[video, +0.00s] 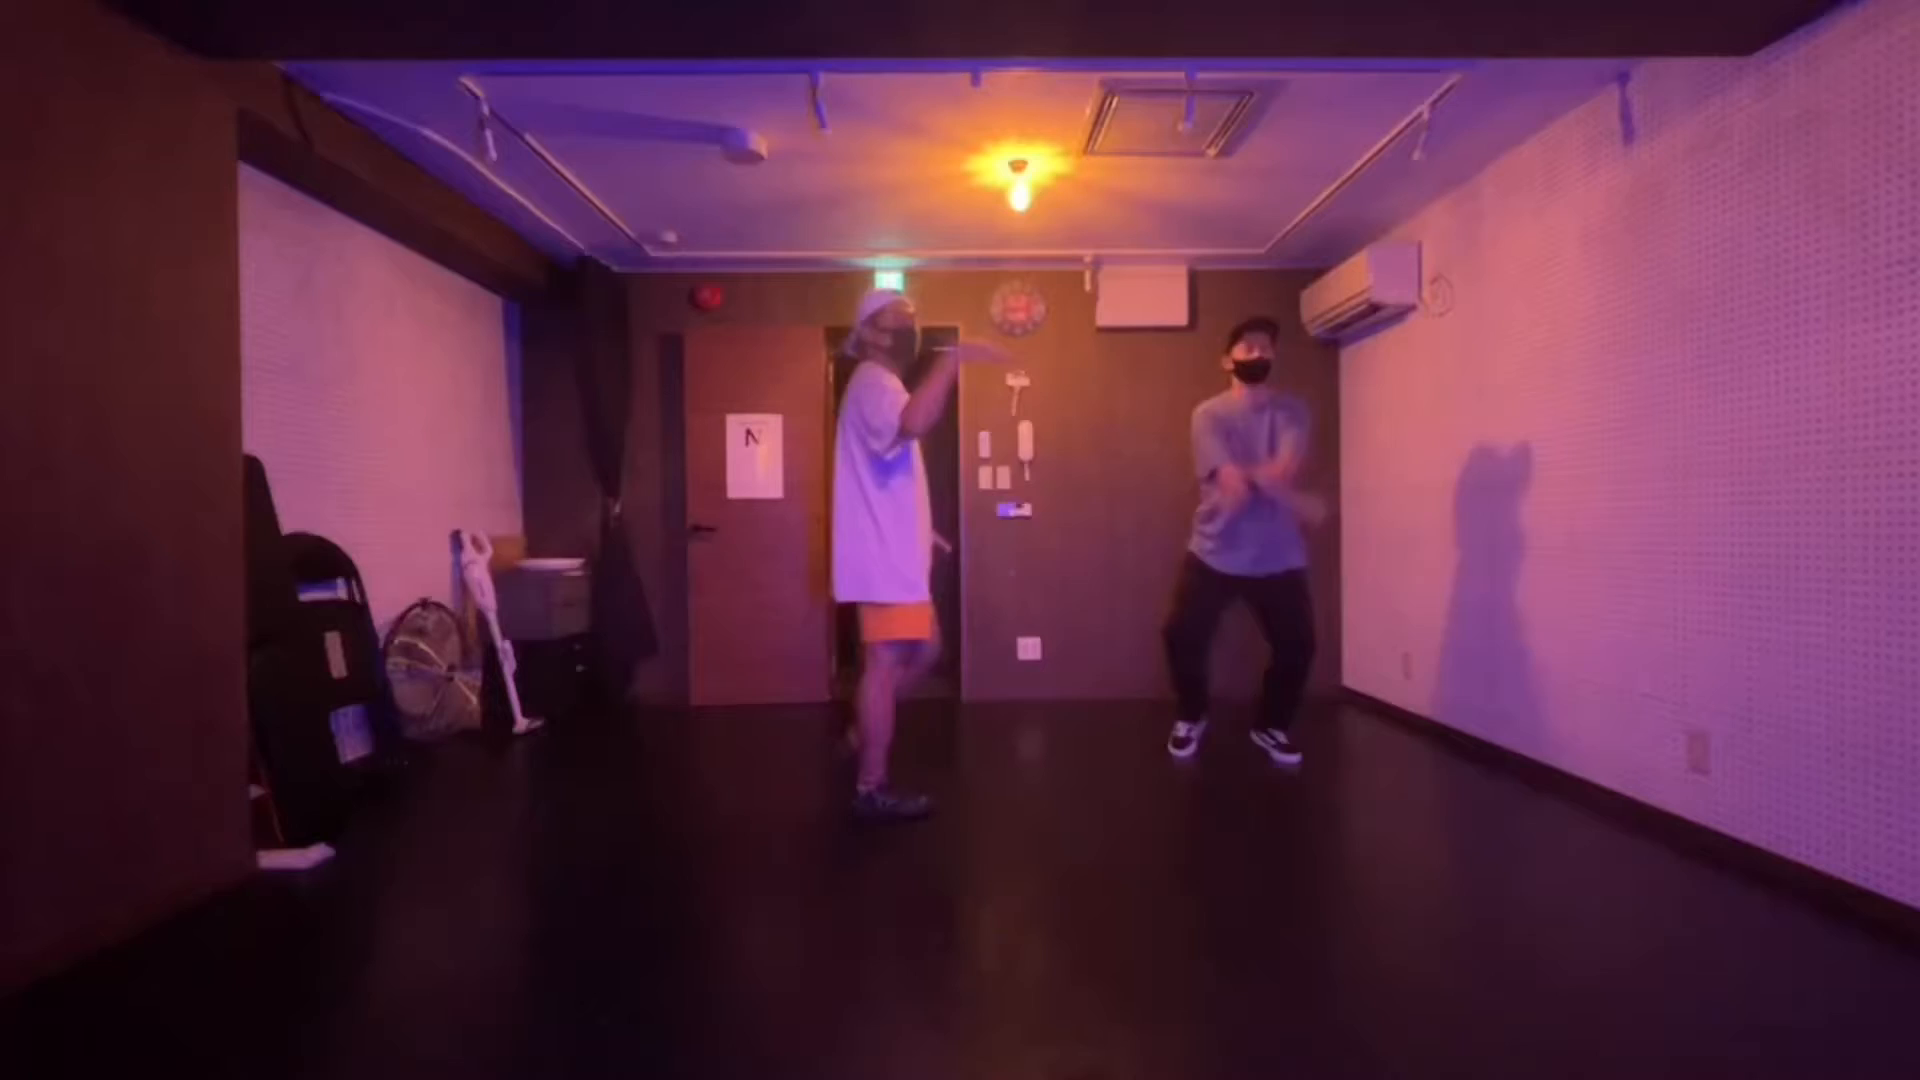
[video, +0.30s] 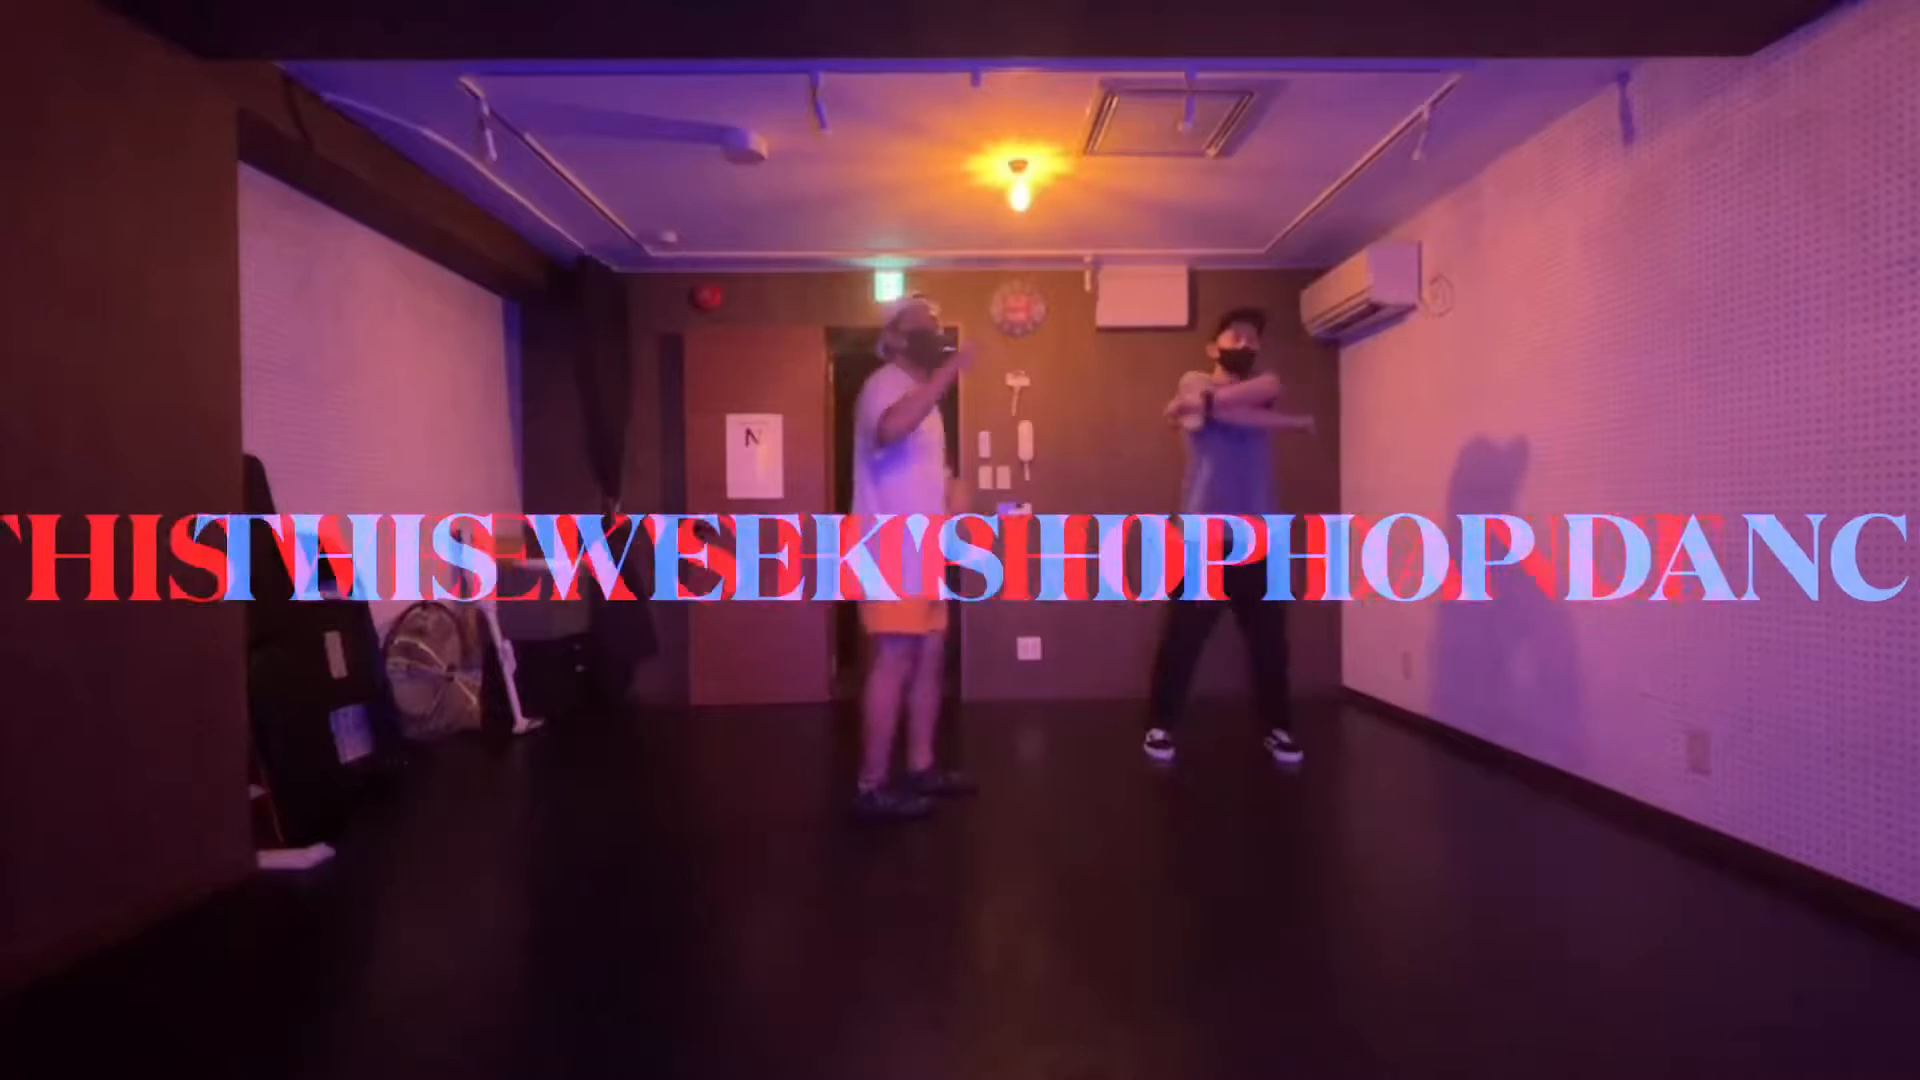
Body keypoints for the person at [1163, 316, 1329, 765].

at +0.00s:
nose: (1257, 354)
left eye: (1265, 347)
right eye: (1248, 346)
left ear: (1276, 358)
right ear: (1229, 357)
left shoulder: (1290, 411)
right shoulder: (1209, 414)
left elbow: (1288, 466)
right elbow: (1227, 480)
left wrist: (1242, 478)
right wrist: (1298, 502)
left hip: (1276, 556)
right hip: (1217, 555)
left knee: (1297, 646)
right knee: (1182, 633)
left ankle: (1272, 725)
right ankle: (1191, 716)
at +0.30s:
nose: (1243, 344)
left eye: (1251, 339)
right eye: (1235, 336)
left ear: (1260, 348)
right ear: (1215, 343)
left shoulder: (1264, 385)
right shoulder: (1196, 381)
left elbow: (1267, 390)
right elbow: (1200, 412)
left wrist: (1204, 399)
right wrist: (1286, 420)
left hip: (1256, 532)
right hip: (1201, 532)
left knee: (1268, 632)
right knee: (1184, 630)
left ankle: (1276, 727)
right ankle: (1161, 725)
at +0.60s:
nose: (1232, 353)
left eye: (1239, 346)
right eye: (1224, 345)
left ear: (1250, 352)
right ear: (1207, 351)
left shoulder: (1261, 391)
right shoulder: (1189, 392)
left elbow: (1266, 428)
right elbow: (1200, 435)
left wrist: (1216, 426)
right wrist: (1261, 445)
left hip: (1252, 536)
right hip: (1197, 536)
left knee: (1263, 637)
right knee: (1181, 635)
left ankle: (1276, 727)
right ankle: (1161, 726)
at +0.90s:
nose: (1228, 386)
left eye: (1236, 379)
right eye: (1219, 378)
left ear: (1246, 388)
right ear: (1200, 390)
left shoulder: (1262, 437)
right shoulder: (1179, 438)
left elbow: (1313, 459)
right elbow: (1134, 468)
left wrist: (1346, 471)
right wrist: (1138, 495)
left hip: (1249, 575)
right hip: (1192, 575)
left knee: (1281, 654)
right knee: (1181, 652)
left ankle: (1277, 729)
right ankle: (1162, 728)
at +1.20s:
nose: (1226, 374)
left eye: (1234, 368)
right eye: (1217, 367)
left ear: (1244, 377)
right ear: (1199, 377)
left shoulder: (1260, 430)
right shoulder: (1176, 429)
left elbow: (1296, 493)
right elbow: (1140, 485)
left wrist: (1316, 545)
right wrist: (1141, 542)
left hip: (1245, 570)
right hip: (1184, 570)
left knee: (1288, 639)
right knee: (1166, 650)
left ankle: (1269, 732)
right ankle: (1170, 734)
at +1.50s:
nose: (1231, 352)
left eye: (1239, 345)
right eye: (1222, 344)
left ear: (1249, 355)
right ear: (1204, 353)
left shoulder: (1261, 414)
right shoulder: (1176, 404)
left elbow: (1277, 480)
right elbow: (1146, 465)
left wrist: (1282, 532)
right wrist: (1146, 525)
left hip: (1240, 545)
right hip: (1183, 544)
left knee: (1242, 637)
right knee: (1183, 636)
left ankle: (1249, 726)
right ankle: (1182, 725)